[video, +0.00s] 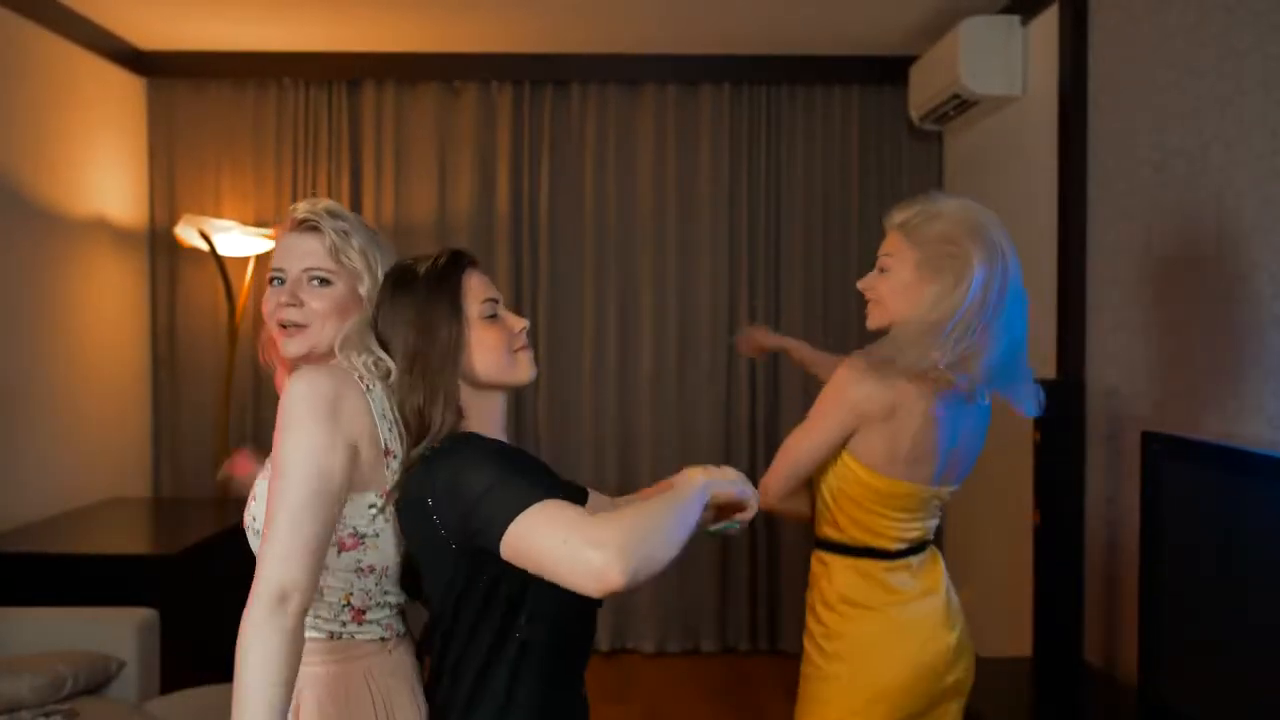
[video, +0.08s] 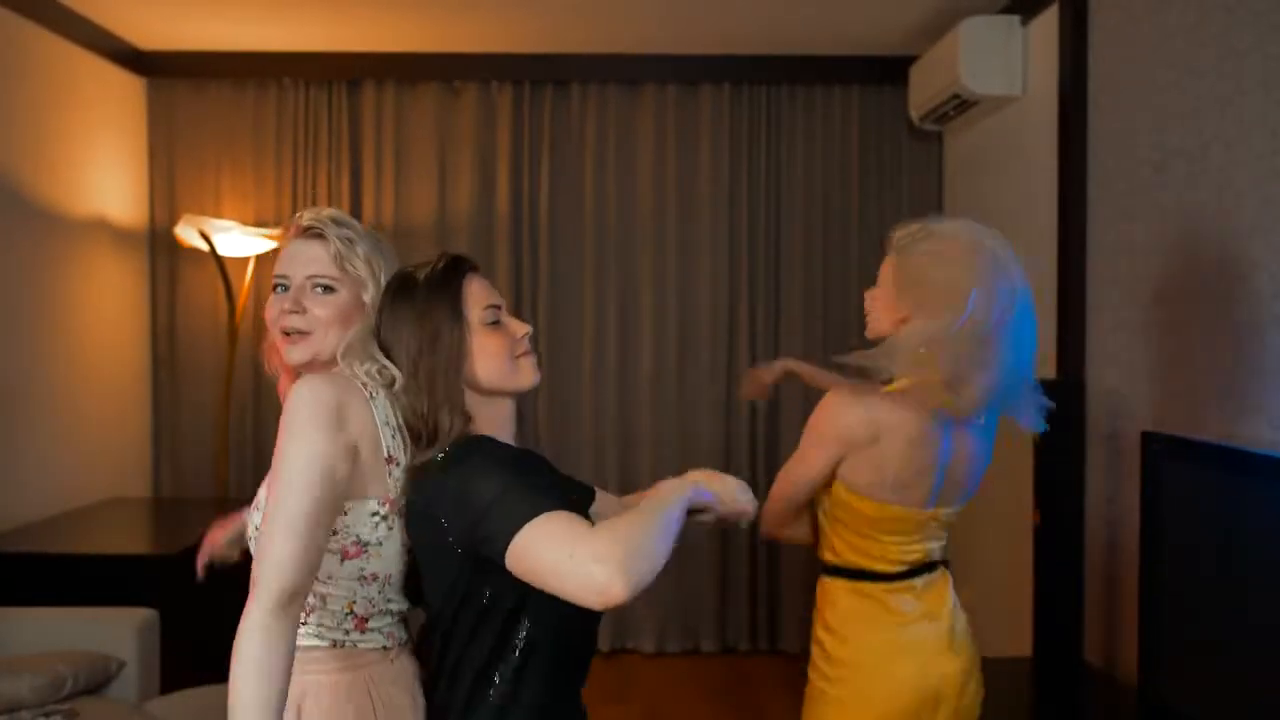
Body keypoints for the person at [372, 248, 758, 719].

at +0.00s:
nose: (520, 321)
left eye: (506, 308)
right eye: (491, 311)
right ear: (437, 340)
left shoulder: (493, 461)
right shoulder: (454, 471)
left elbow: (609, 513)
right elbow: (604, 562)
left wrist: (692, 487)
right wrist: (700, 484)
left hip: (533, 701)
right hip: (495, 706)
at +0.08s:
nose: (523, 326)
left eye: (508, 313)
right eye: (492, 318)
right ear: (440, 350)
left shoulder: (509, 466)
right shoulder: (466, 476)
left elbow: (618, 511)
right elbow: (605, 576)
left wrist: (686, 493)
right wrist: (682, 490)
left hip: (535, 701)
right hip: (492, 706)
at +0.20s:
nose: (528, 332)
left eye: (513, 319)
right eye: (497, 326)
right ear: (446, 361)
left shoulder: (537, 466)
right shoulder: (465, 489)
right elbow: (610, 590)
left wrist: (651, 487)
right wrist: (627, 481)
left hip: (554, 704)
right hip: (490, 707)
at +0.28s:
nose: (529, 329)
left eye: (514, 316)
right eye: (499, 322)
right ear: (448, 356)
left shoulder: (538, 462)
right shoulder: (461, 486)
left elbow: (658, 508)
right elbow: (606, 583)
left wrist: (637, 463)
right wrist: (631, 467)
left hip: (564, 702)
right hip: (486, 707)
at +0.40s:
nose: (528, 313)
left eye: (514, 300)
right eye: (497, 307)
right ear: (446, 342)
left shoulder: (542, 446)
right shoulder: (454, 468)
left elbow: (643, 495)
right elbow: (594, 553)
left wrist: (632, 440)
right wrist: (670, 452)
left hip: (566, 703)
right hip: (486, 707)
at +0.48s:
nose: (527, 304)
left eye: (513, 290)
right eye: (497, 298)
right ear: (445, 333)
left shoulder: (539, 434)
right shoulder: (454, 455)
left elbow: (611, 457)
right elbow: (583, 540)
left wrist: (658, 453)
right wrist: (646, 439)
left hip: (570, 698)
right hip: (490, 704)